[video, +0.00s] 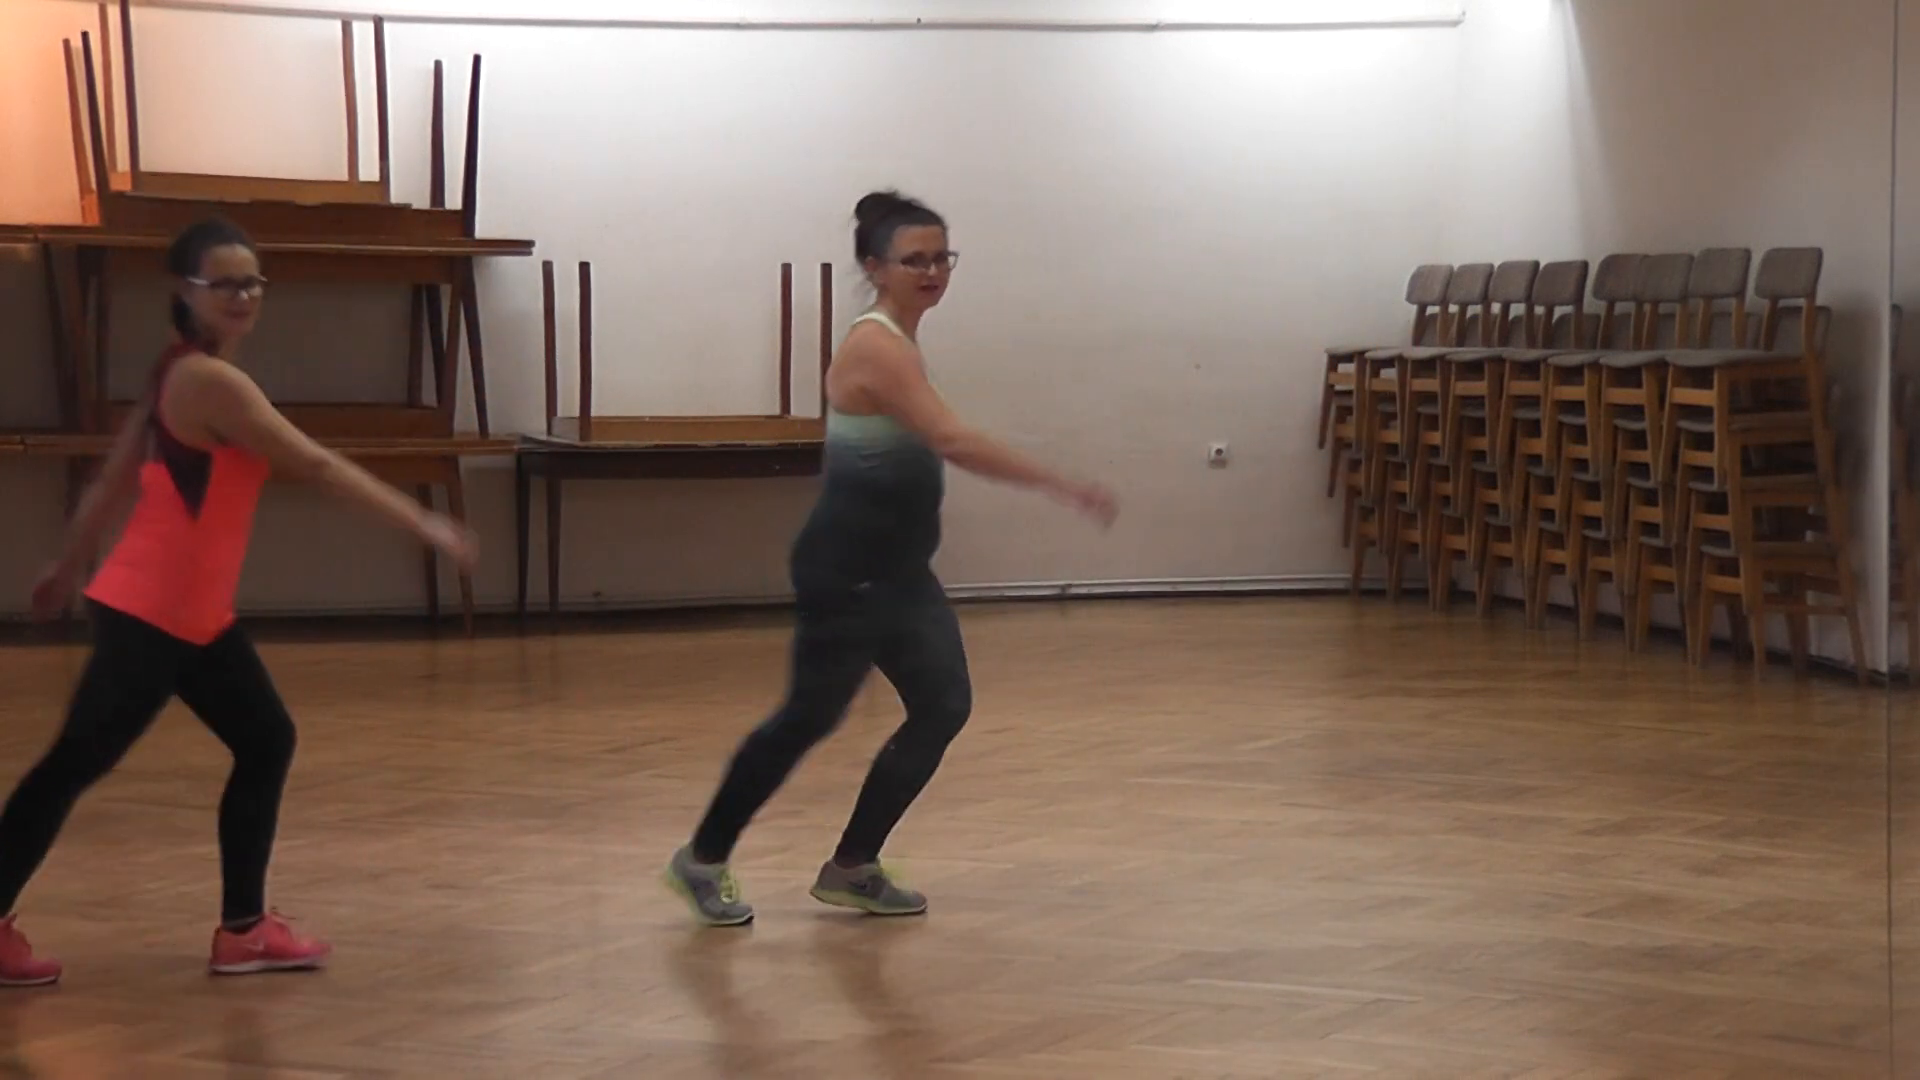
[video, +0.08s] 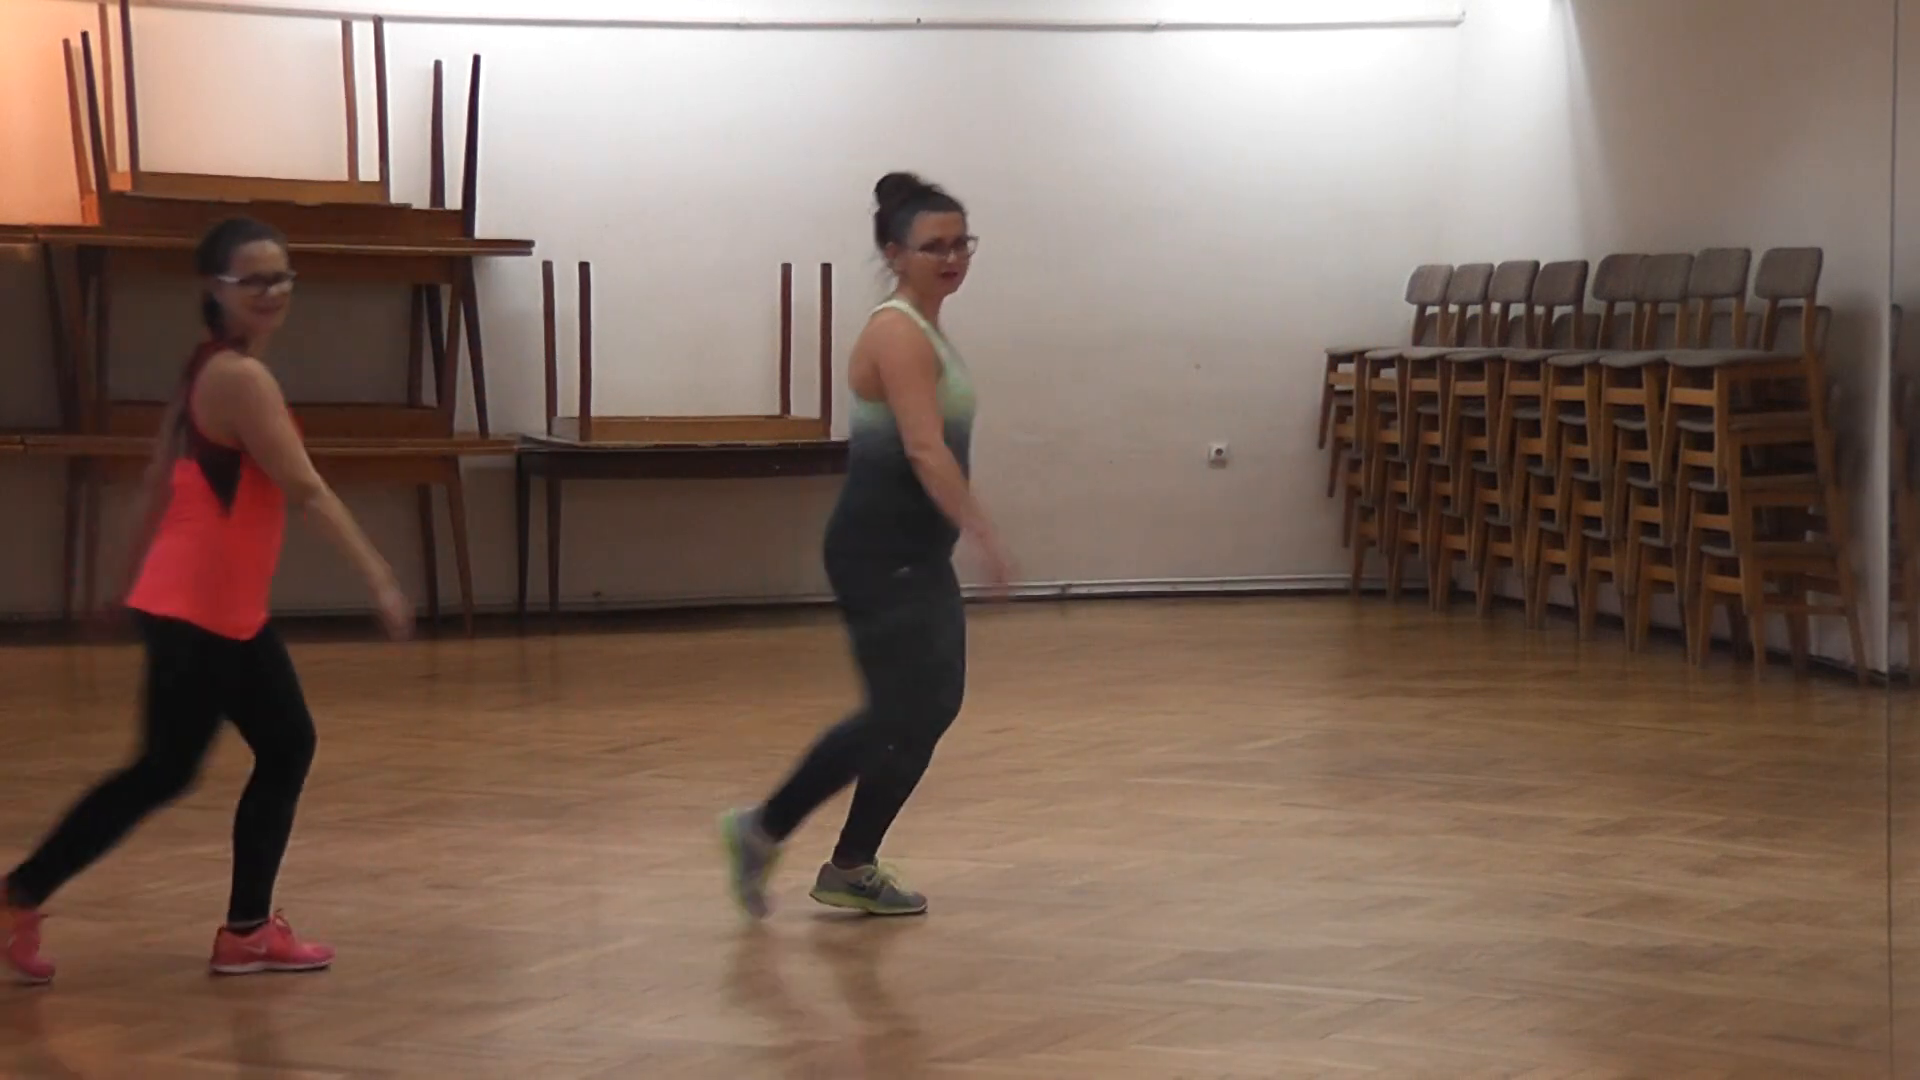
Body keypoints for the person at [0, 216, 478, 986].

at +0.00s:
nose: (244, 299)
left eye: (253, 285)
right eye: (226, 286)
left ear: (260, 289)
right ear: (185, 291)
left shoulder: (182, 376)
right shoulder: (209, 380)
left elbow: (115, 479)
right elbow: (316, 463)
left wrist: (71, 561)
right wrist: (427, 523)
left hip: (194, 617)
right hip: (147, 614)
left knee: (266, 739)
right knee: (71, 764)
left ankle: (244, 927)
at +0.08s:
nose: (273, 294)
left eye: (281, 280)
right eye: (255, 282)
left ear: (289, 283)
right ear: (214, 289)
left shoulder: (213, 371)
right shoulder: (239, 377)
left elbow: (159, 482)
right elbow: (308, 492)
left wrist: (127, 579)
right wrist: (380, 579)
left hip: (228, 612)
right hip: (194, 612)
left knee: (288, 743)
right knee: (167, 767)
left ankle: (248, 928)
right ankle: (19, 895)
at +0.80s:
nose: (556, 254)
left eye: (563, 241)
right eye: (536, 245)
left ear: (577, 249)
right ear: (500, 261)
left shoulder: (593, 348)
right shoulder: (489, 353)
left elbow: (601, 462)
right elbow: (459, 462)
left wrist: (655, 539)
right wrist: (574, 481)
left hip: (577, 581)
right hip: (499, 583)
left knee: (649, 711)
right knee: (527, 733)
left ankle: (649, 888)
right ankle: (505, 922)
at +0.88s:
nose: (588, 260)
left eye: (596, 247)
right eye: (569, 250)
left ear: (611, 257)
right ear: (533, 265)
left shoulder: (635, 357)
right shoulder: (514, 358)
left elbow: (658, 465)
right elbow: (487, 469)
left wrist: (694, 554)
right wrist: (605, 449)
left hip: (617, 586)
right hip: (531, 587)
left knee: (669, 730)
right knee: (545, 737)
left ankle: (699, 900)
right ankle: (506, 923)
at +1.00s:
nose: (632, 264)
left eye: (642, 252)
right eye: (613, 253)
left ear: (654, 261)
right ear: (576, 266)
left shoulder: (686, 358)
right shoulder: (552, 364)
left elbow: (724, 468)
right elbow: (534, 472)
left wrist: (741, 566)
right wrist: (618, 437)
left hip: (673, 581)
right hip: (576, 586)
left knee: (707, 734)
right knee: (575, 739)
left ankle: (708, 902)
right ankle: (540, 902)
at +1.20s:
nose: (676, 251)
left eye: (686, 239)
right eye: (658, 239)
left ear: (698, 247)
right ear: (622, 249)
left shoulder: (726, 344)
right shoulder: (590, 347)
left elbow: (761, 453)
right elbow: (558, 452)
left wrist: (785, 549)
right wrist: (628, 442)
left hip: (723, 574)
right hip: (628, 581)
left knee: (725, 736)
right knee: (652, 740)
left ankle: (722, 891)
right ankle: (691, 848)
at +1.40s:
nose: (689, 283)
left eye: (701, 270)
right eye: (673, 271)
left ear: (717, 277)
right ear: (641, 278)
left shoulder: (741, 374)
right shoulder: (608, 375)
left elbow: (782, 480)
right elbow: (585, 478)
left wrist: (814, 571)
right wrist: (611, 549)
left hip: (743, 592)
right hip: (654, 599)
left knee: (757, 736)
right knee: (692, 743)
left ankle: (763, 873)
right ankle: (722, 866)